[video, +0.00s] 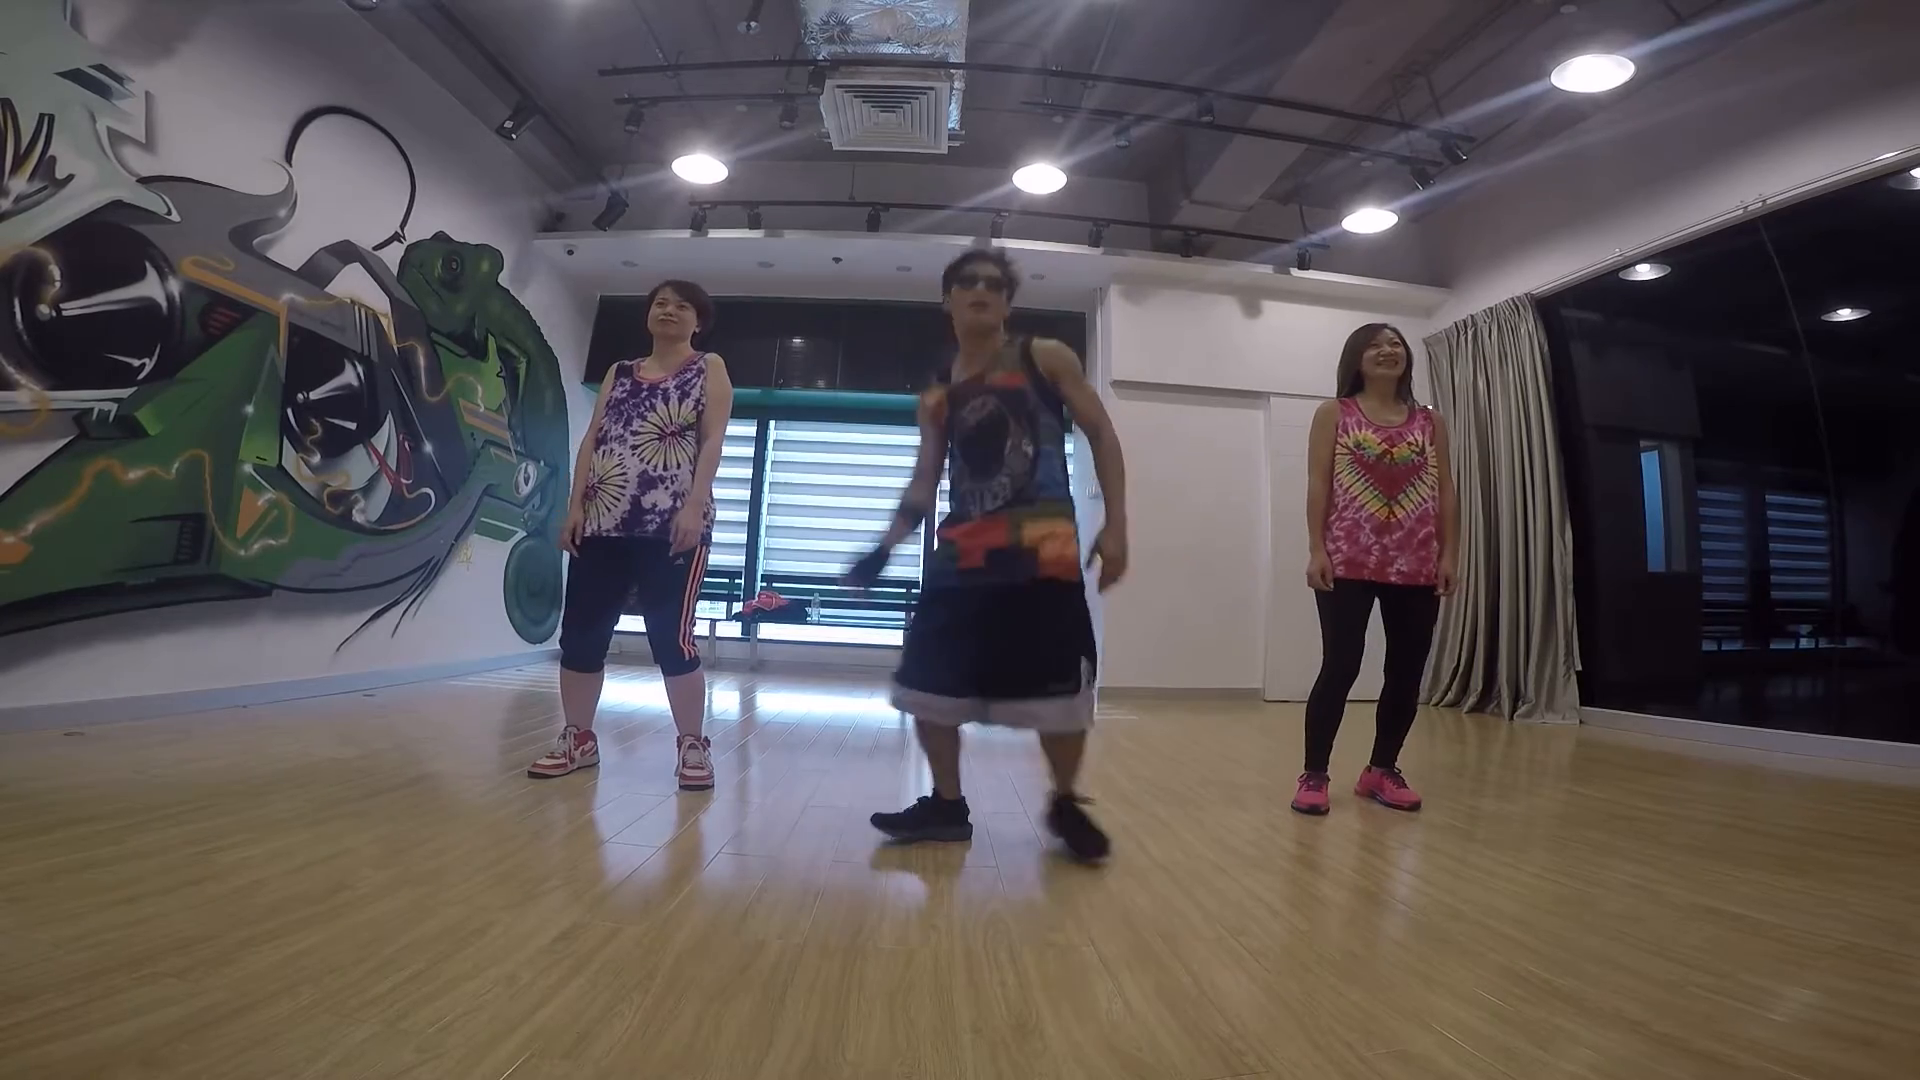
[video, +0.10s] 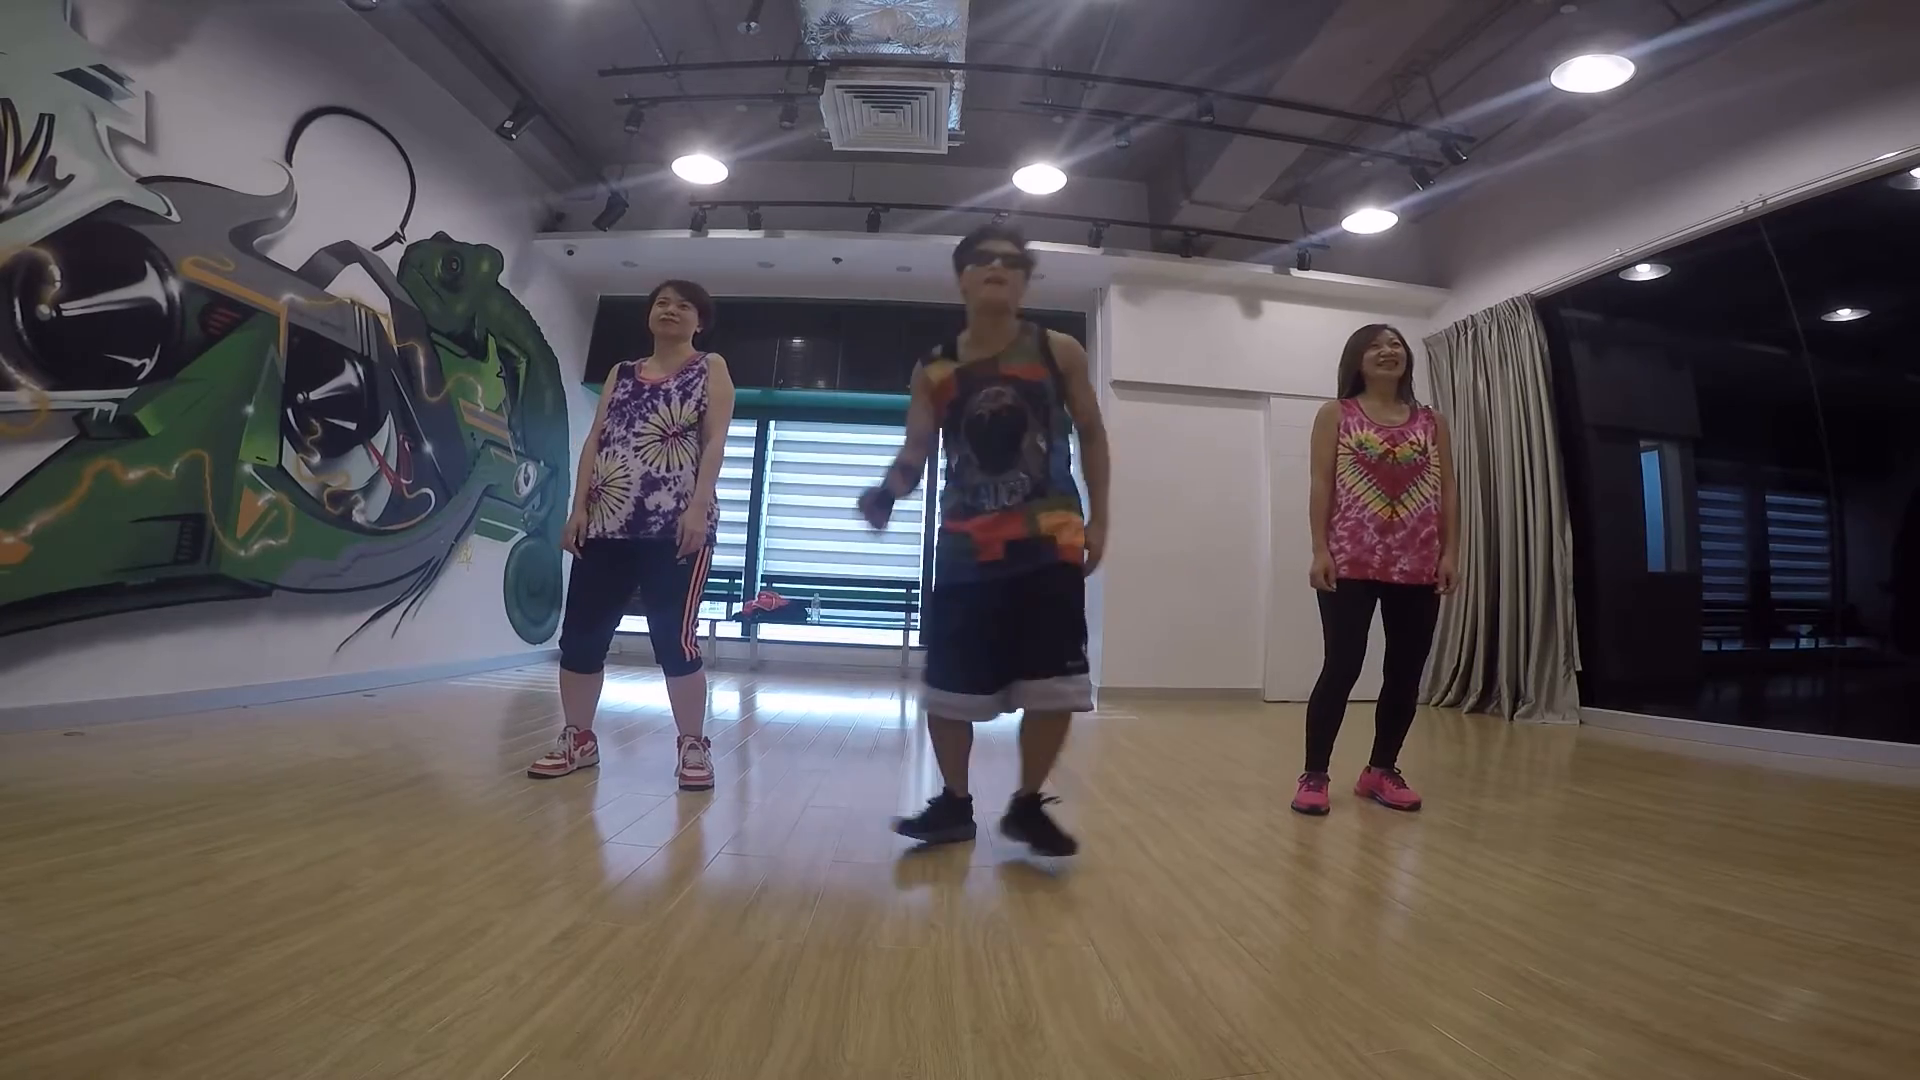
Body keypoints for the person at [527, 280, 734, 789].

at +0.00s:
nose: (668, 310)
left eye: (681, 305)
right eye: (660, 303)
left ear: (697, 322)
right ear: (647, 316)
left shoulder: (709, 368)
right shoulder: (619, 373)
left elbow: (711, 441)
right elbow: (591, 441)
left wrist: (694, 506)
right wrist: (575, 504)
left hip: (671, 527)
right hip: (603, 523)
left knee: (672, 641)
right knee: (580, 636)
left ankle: (692, 745)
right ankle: (578, 741)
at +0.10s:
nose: (669, 309)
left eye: (682, 304)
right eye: (661, 302)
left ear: (699, 322)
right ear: (648, 316)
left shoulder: (710, 368)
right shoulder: (622, 373)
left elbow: (714, 442)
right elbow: (594, 442)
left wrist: (698, 509)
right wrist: (579, 507)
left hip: (674, 528)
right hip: (607, 524)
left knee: (675, 643)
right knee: (580, 638)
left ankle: (692, 745)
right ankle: (578, 741)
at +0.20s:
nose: (670, 309)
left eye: (683, 305)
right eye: (662, 302)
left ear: (700, 322)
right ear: (649, 316)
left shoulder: (711, 368)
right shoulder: (624, 373)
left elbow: (716, 441)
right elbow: (597, 443)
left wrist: (700, 508)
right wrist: (582, 508)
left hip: (677, 528)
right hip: (611, 525)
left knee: (678, 643)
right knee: (575, 636)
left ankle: (693, 745)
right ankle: (577, 741)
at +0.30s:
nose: (670, 309)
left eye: (683, 304)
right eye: (662, 302)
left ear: (700, 321)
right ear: (649, 315)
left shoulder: (712, 367)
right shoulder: (625, 373)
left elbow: (716, 441)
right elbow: (599, 443)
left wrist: (699, 509)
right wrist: (584, 507)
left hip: (679, 527)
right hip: (613, 525)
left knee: (677, 641)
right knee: (572, 632)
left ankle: (693, 744)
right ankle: (578, 740)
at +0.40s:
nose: (670, 309)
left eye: (683, 304)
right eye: (661, 302)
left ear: (699, 321)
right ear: (649, 315)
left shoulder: (711, 369)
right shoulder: (622, 371)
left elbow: (713, 442)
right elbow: (596, 442)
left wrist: (697, 508)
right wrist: (581, 507)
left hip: (674, 528)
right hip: (608, 524)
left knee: (674, 643)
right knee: (580, 636)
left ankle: (692, 745)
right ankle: (583, 742)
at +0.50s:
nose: (666, 309)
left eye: (680, 305)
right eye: (659, 302)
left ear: (696, 322)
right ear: (645, 315)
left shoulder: (707, 371)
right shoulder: (615, 371)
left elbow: (707, 445)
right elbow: (586, 440)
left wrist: (693, 508)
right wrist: (569, 502)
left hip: (664, 528)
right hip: (597, 524)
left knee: (668, 642)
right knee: (572, 637)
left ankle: (691, 744)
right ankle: (582, 742)